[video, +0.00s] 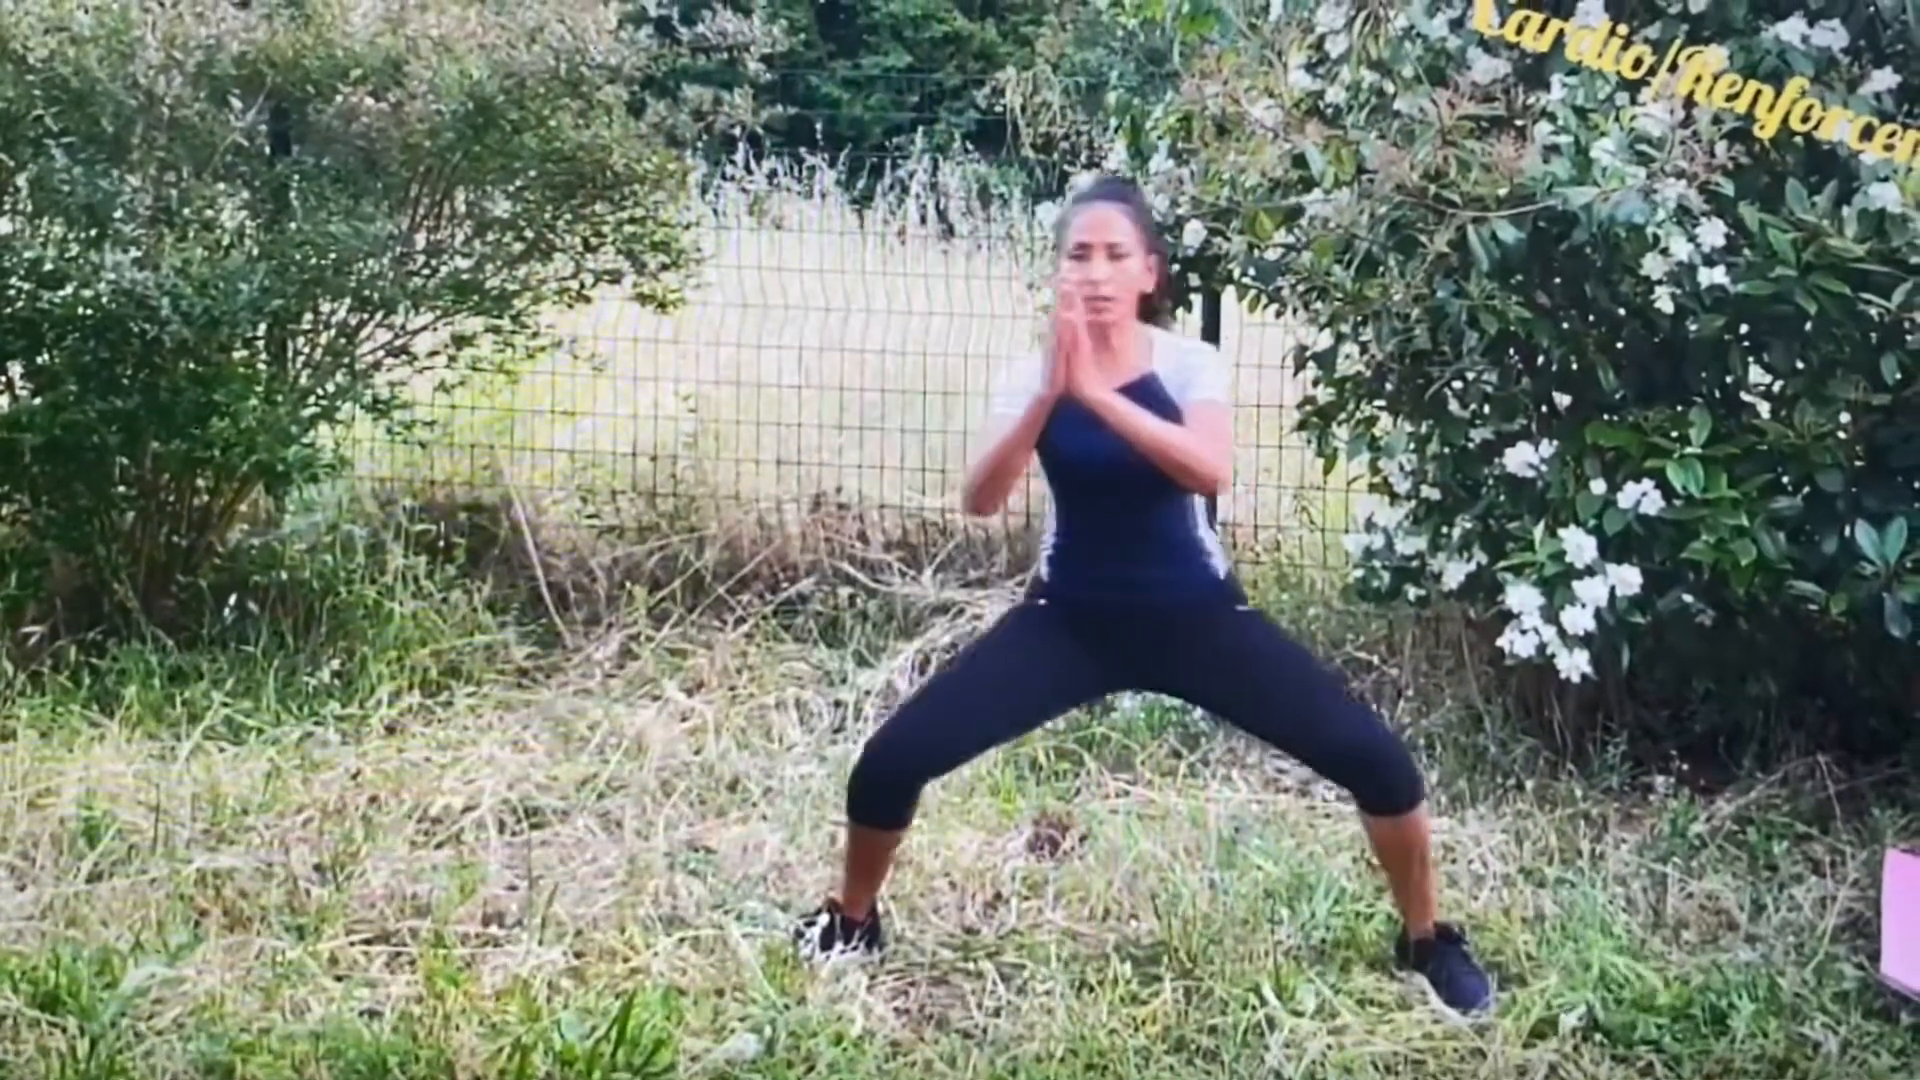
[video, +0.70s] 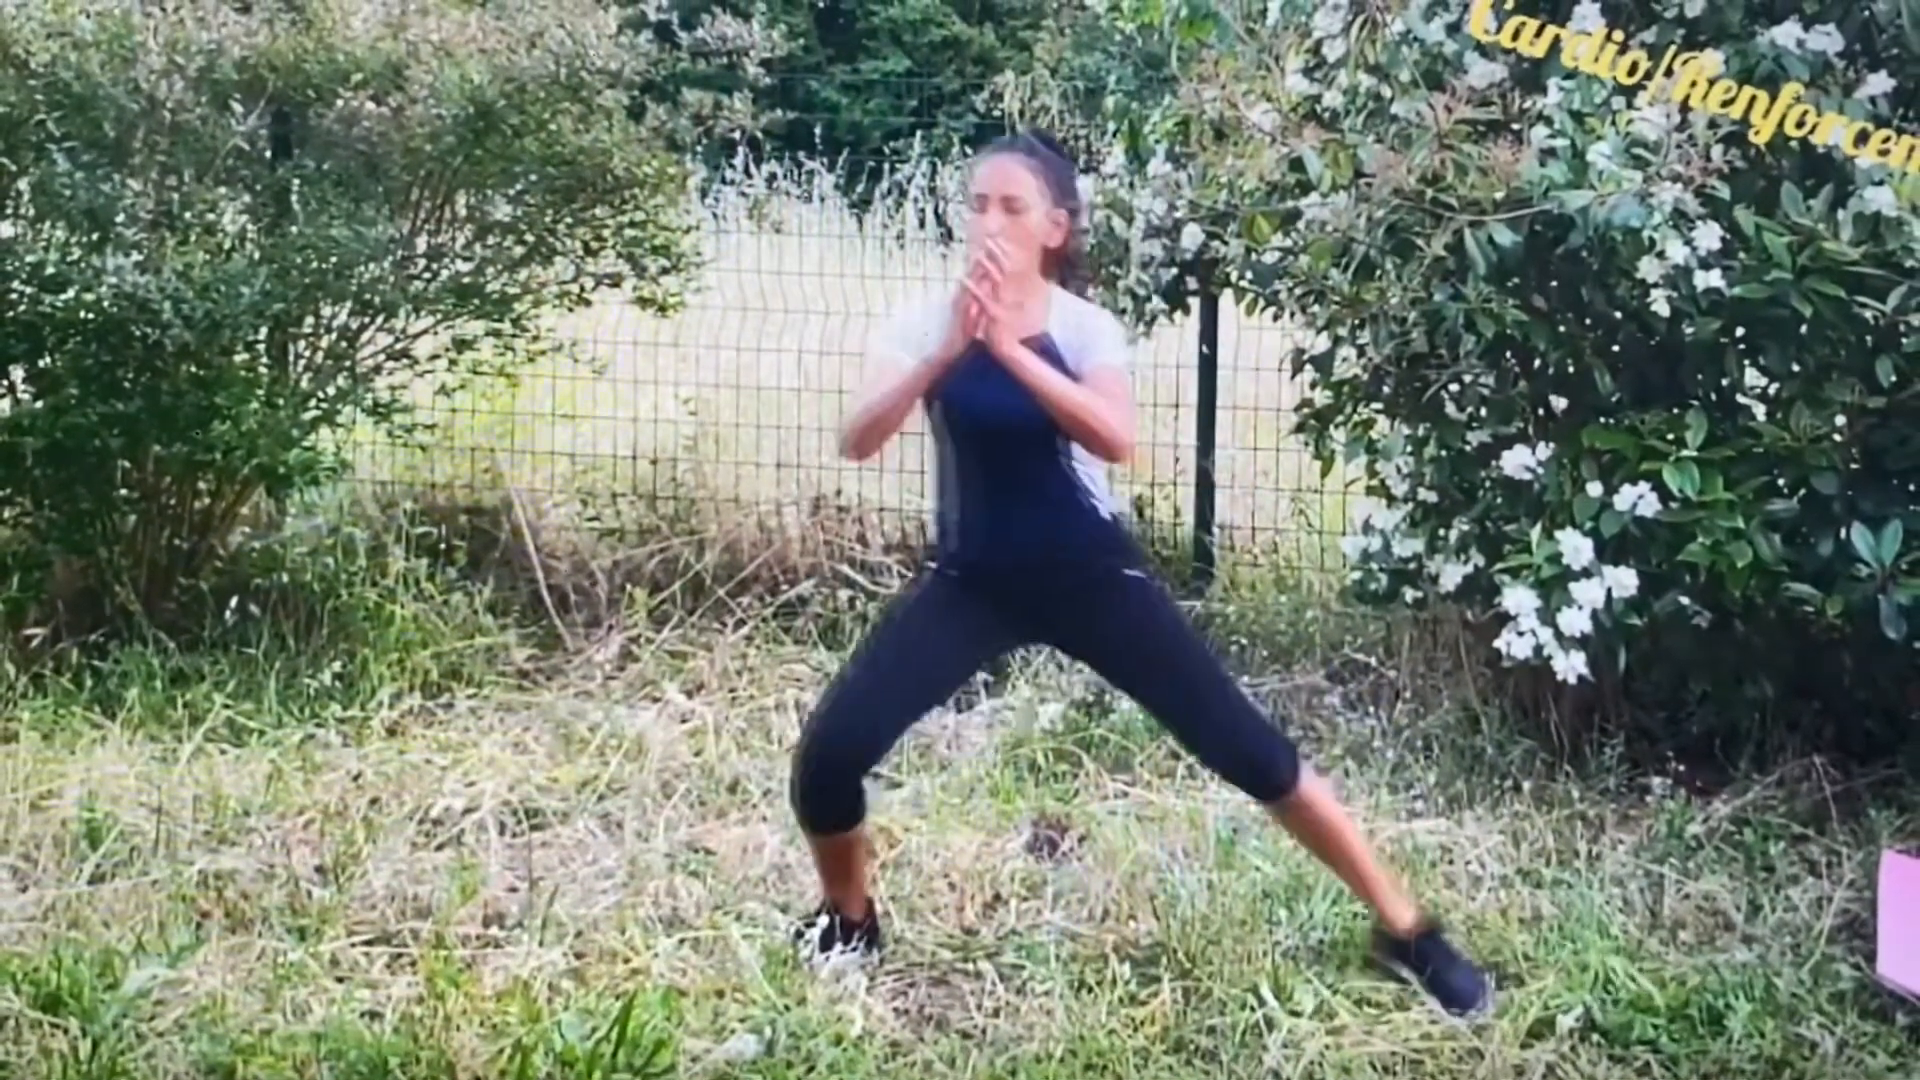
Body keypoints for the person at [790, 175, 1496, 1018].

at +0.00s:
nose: (1092, 273)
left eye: (1112, 256)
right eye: (1078, 256)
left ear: (1152, 272)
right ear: (1057, 271)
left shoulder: (1187, 363)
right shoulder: (1036, 372)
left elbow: (1210, 469)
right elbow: (980, 500)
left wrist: (1095, 393)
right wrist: (1050, 390)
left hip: (1195, 627)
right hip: (1067, 628)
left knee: (1381, 764)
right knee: (889, 759)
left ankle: (1426, 938)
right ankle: (848, 921)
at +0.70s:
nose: (984, 225)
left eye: (1007, 208)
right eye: (975, 205)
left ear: (1058, 228)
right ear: (961, 218)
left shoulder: (1083, 327)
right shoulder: (934, 316)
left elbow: (1116, 438)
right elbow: (856, 441)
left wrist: (1011, 351)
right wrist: (948, 350)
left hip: (1090, 584)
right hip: (968, 586)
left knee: (1253, 753)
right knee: (826, 755)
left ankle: (1408, 932)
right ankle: (849, 925)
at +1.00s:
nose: (934, 192)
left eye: (958, 174)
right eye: (922, 173)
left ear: (1003, 195)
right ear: (905, 190)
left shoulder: (1033, 302)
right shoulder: (874, 286)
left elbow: (1112, 413)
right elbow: (754, 399)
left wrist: (986, 369)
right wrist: (850, 370)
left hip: (983, 559)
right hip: (862, 544)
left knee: (1037, 761)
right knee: (735, 706)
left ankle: (982, 917)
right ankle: (802, 879)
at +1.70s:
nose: (682, 243)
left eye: (705, 228)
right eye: (669, 223)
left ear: (744, 246)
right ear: (646, 233)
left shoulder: (776, 348)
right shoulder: (607, 326)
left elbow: (907, 435)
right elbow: (528, 391)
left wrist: (827, 537)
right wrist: (570, 505)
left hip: (754, 595)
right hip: (624, 589)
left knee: (902, 740)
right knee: (427, 733)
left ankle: (988, 922)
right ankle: (431, 877)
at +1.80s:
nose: (676, 247)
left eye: (698, 233)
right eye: (664, 227)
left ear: (737, 250)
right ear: (641, 237)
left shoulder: (767, 352)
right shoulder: (601, 329)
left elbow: (900, 445)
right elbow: (507, 402)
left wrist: (820, 545)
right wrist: (559, 511)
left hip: (745, 597)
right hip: (615, 592)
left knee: (898, 742)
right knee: (420, 738)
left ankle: (986, 921)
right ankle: (429, 877)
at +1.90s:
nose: (686, 252)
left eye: (709, 237)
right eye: (673, 232)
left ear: (746, 256)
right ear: (650, 244)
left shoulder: (776, 358)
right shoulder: (608, 336)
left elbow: (906, 454)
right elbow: (505, 407)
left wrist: (824, 550)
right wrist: (561, 517)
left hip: (746, 601)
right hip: (617, 595)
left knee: (900, 743)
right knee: (424, 738)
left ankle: (986, 921)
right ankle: (430, 878)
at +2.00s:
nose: (714, 254)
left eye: (737, 240)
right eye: (701, 235)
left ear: (774, 260)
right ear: (677, 248)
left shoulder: (803, 365)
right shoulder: (630, 344)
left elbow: (929, 466)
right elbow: (522, 404)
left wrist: (849, 559)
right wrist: (583, 522)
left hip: (771, 603)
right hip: (642, 598)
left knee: (913, 747)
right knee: (444, 741)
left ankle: (985, 921)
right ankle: (428, 879)